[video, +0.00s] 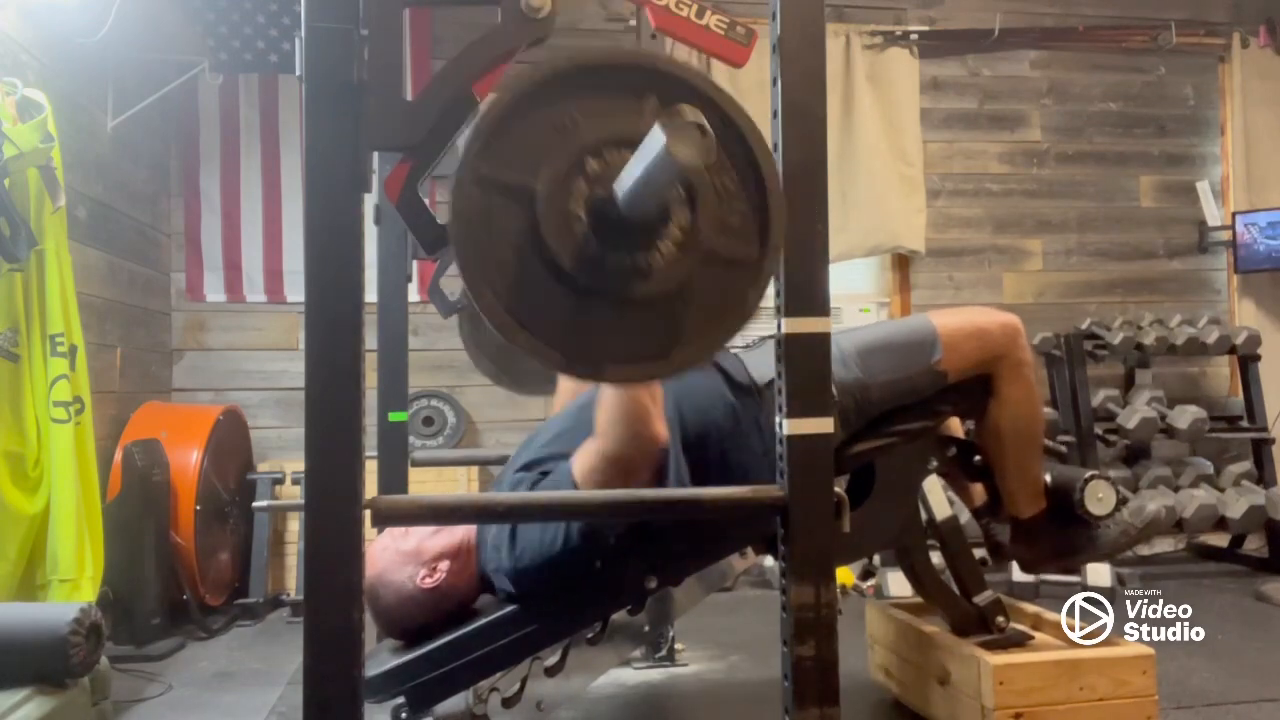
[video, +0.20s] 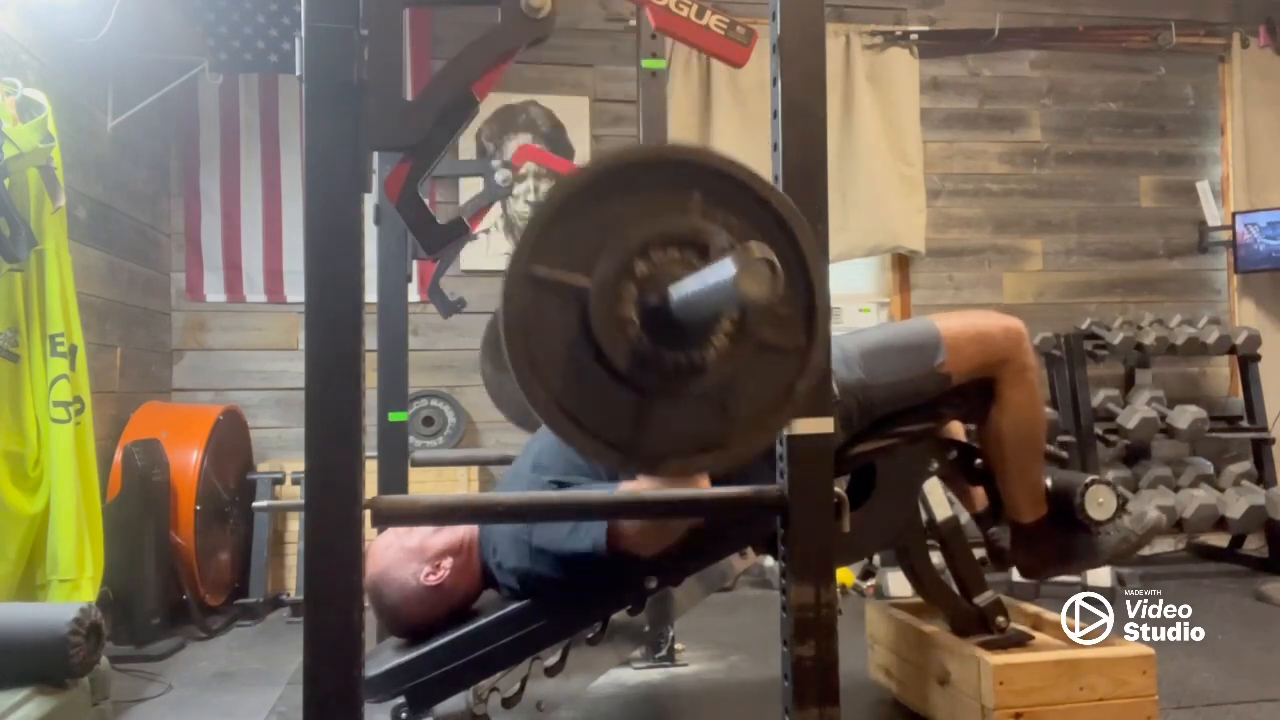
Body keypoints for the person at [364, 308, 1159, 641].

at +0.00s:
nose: (414, 528)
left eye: (396, 531)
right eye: (411, 546)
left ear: (428, 543)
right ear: (444, 578)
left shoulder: (499, 493)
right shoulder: (529, 555)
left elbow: (580, 403)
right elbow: (637, 436)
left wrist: (568, 278)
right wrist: (610, 290)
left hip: (738, 364)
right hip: (771, 420)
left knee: (927, 320)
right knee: (1000, 336)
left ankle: (972, 467)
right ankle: (1032, 521)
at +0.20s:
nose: (417, 526)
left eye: (400, 532)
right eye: (416, 544)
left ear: (429, 548)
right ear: (448, 573)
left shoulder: (503, 491)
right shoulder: (527, 542)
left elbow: (587, 430)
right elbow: (657, 522)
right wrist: (667, 388)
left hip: (724, 391)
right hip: (755, 434)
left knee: (957, 329)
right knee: (1003, 340)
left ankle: (983, 475)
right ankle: (1032, 529)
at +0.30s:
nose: (417, 528)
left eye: (399, 534)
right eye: (417, 547)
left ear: (427, 548)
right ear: (448, 575)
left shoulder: (493, 494)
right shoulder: (531, 537)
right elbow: (692, 533)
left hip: (698, 411)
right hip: (752, 440)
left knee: (903, 320)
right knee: (1002, 339)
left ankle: (978, 468)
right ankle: (1033, 527)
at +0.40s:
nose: (416, 526)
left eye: (398, 533)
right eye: (418, 546)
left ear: (426, 553)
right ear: (448, 574)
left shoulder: (488, 504)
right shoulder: (528, 542)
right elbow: (670, 562)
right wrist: (718, 549)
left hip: (716, 402)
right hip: (753, 439)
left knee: (944, 325)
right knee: (1004, 340)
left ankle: (979, 471)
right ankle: (1031, 524)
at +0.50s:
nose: (417, 530)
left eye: (398, 535)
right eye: (417, 549)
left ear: (425, 550)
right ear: (447, 576)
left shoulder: (487, 504)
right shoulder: (526, 543)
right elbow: (667, 555)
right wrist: (720, 543)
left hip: (709, 407)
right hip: (753, 441)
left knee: (929, 324)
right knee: (1003, 340)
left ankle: (980, 472)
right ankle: (1030, 524)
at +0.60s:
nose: (420, 531)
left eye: (402, 536)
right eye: (419, 550)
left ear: (427, 544)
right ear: (449, 577)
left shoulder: (493, 494)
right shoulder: (532, 544)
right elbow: (686, 530)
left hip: (699, 412)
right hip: (749, 449)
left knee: (926, 327)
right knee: (1005, 341)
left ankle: (984, 479)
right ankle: (1032, 529)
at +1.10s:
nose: (421, 528)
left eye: (404, 531)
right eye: (414, 546)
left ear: (431, 544)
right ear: (443, 578)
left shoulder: (509, 498)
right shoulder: (525, 555)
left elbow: (566, 377)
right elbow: (567, 395)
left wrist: (572, 212)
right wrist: (569, 223)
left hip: (753, 372)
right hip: (773, 420)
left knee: (968, 325)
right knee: (1003, 339)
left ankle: (989, 482)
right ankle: (1031, 527)